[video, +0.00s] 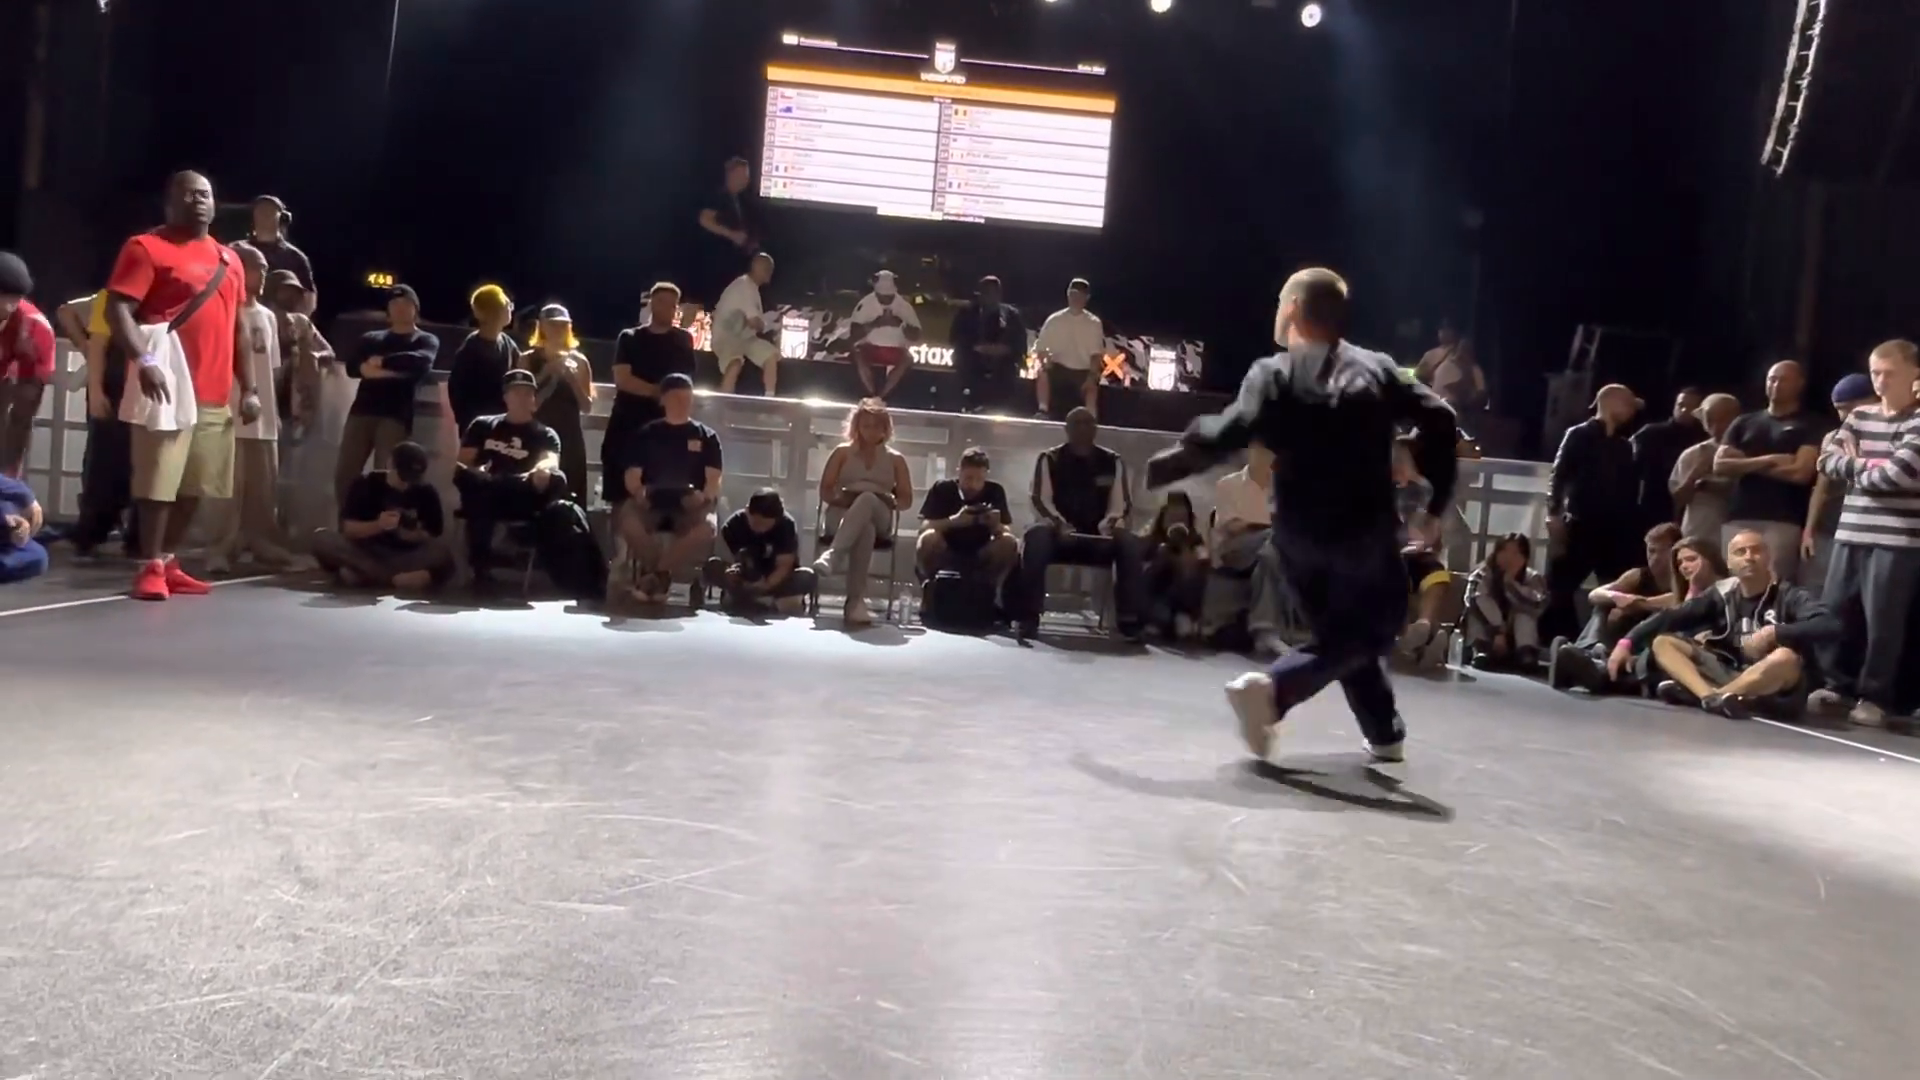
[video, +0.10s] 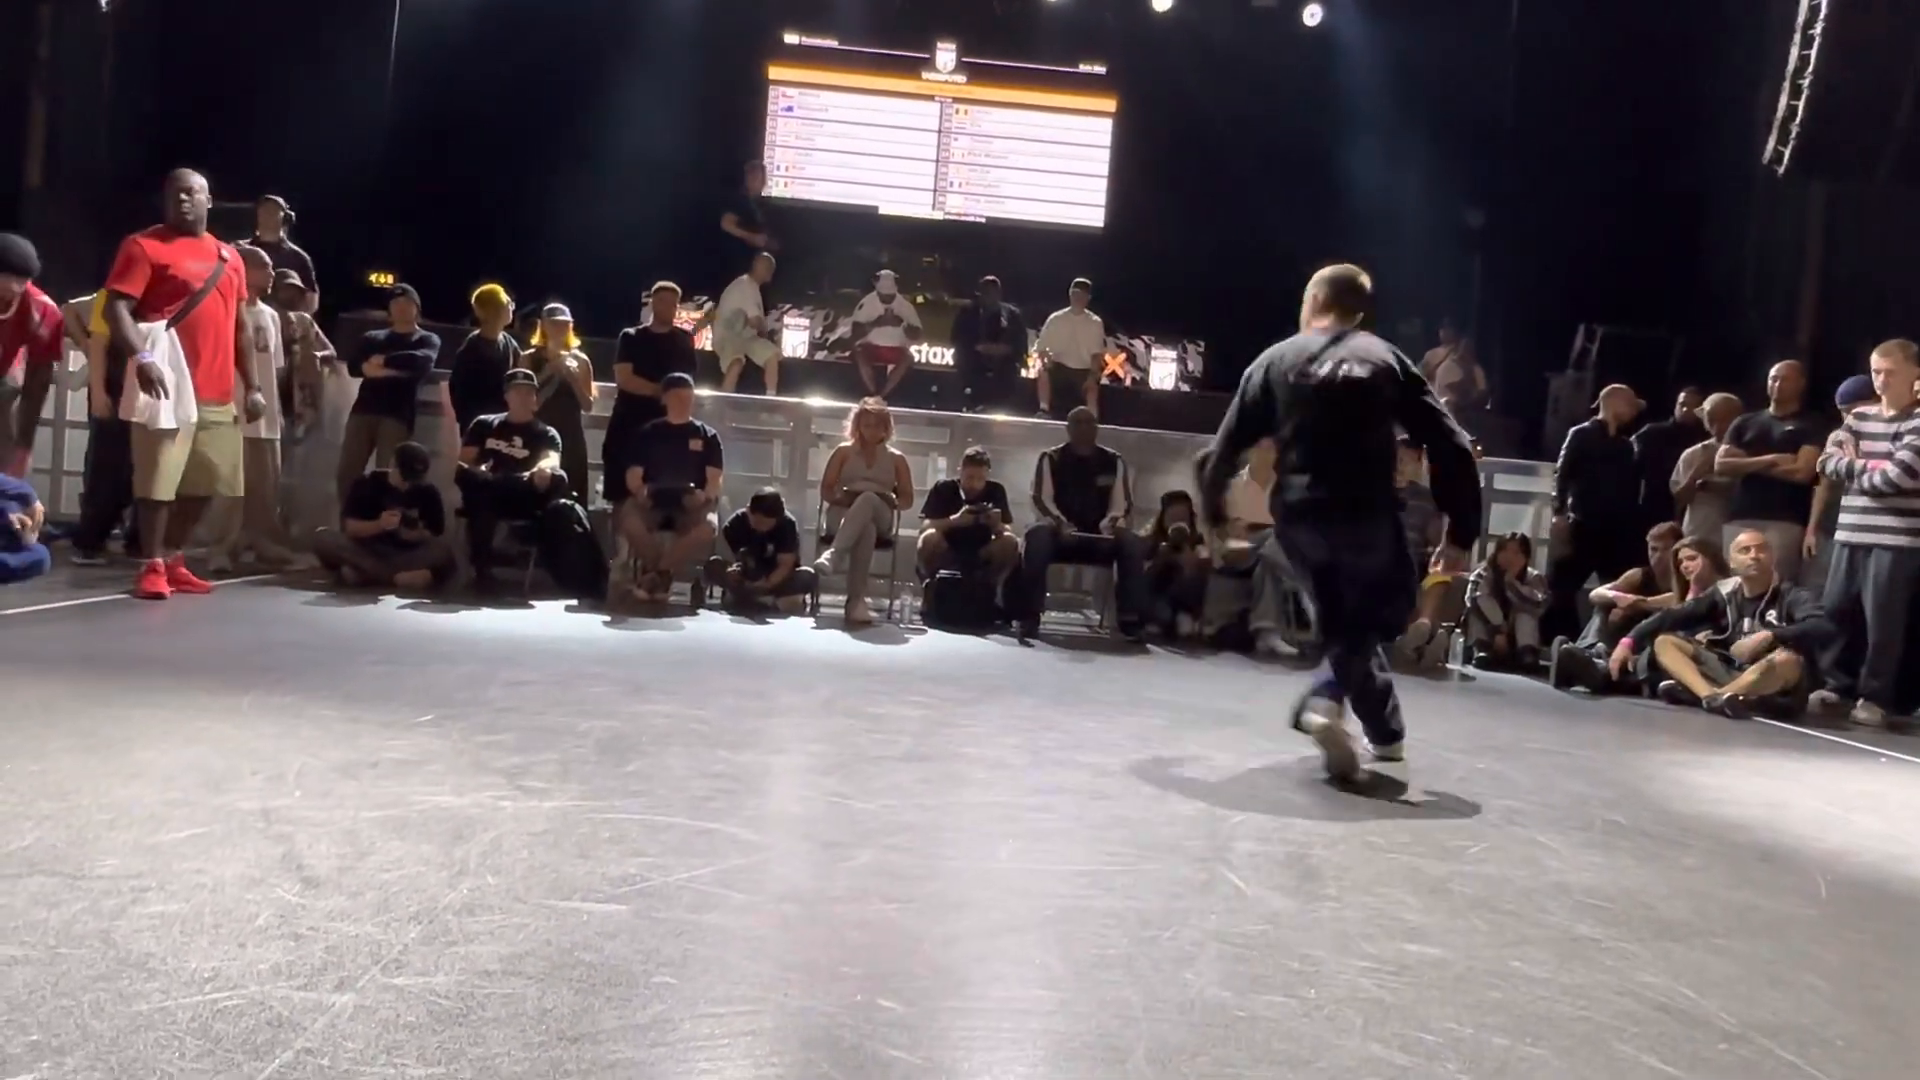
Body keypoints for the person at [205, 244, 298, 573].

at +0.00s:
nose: (262, 277)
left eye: (263, 270)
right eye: (257, 269)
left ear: (263, 275)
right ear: (238, 272)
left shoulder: (266, 316)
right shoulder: (228, 314)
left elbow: (274, 364)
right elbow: (226, 361)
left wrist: (275, 406)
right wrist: (236, 396)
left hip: (264, 412)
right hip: (232, 412)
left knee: (263, 484)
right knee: (229, 485)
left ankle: (264, 543)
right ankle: (223, 547)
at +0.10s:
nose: (271, 274)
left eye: (270, 268)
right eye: (264, 268)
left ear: (265, 274)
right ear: (245, 273)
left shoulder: (270, 315)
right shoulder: (234, 314)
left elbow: (277, 363)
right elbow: (232, 360)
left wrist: (286, 403)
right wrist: (241, 395)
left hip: (270, 410)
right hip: (242, 409)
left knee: (268, 479)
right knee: (246, 482)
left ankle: (266, 540)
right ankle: (231, 544)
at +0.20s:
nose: (276, 274)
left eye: (274, 268)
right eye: (269, 268)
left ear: (267, 273)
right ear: (250, 273)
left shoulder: (274, 315)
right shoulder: (236, 314)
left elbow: (281, 362)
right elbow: (232, 360)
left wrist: (286, 405)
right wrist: (239, 397)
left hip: (272, 412)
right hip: (241, 411)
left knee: (271, 483)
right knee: (238, 484)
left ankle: (268, 543)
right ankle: (228, 546)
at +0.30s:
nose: (280, 273)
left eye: (278, 267)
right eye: (274, 268)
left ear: (269, 274)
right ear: (256, 273)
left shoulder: (277, 315)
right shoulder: (239, 312)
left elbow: (282, 363)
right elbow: (236, 360)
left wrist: (287, 405)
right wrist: (246, 395)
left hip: (275, 410)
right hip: (245, 409)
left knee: (275, 480)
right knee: (243, 480)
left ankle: (269, 539)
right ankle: (236, 541)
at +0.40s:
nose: (286, 273)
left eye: (284, 267)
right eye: (279, 268)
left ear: (274, 274)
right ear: (262, 273)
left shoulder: (281, 313)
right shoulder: (247, 311)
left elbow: (287, 361)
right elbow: (243, 358)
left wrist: (295, 399)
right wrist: (254, 392)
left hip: (280, 407)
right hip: (254, 405)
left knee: (278, 478)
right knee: (258, 478)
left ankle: (273, 538)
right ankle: (255, 539)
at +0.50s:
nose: (292, 273)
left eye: (290, 266)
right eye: (285, 267)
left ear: (278, 273)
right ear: (268, 272)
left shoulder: (287, 313)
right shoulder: (247, 312)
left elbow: (291, 359)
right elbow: (241, 356)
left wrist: (298, 396)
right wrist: (253, 392)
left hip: (284, 407)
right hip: (254, 405)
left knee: (280, 482)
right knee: (249, 479)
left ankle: (273, 542)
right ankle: (239, 545)